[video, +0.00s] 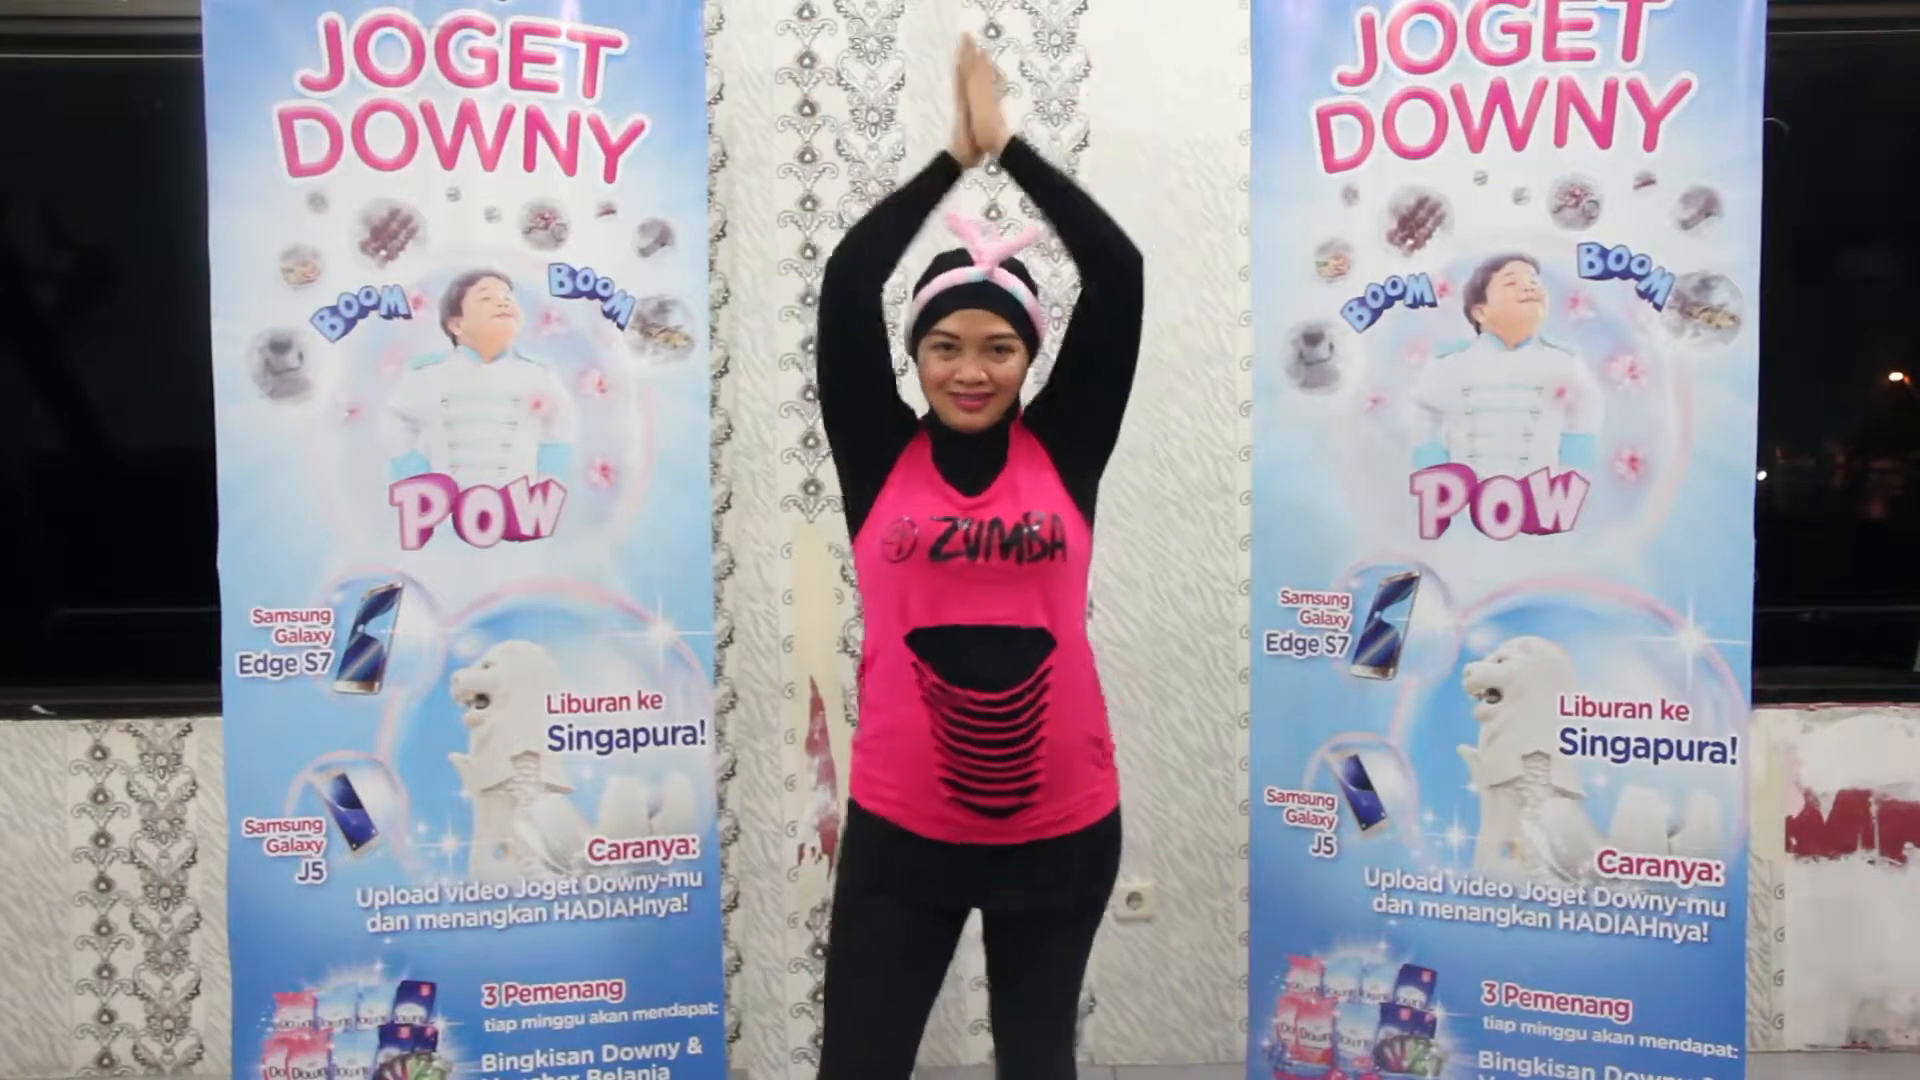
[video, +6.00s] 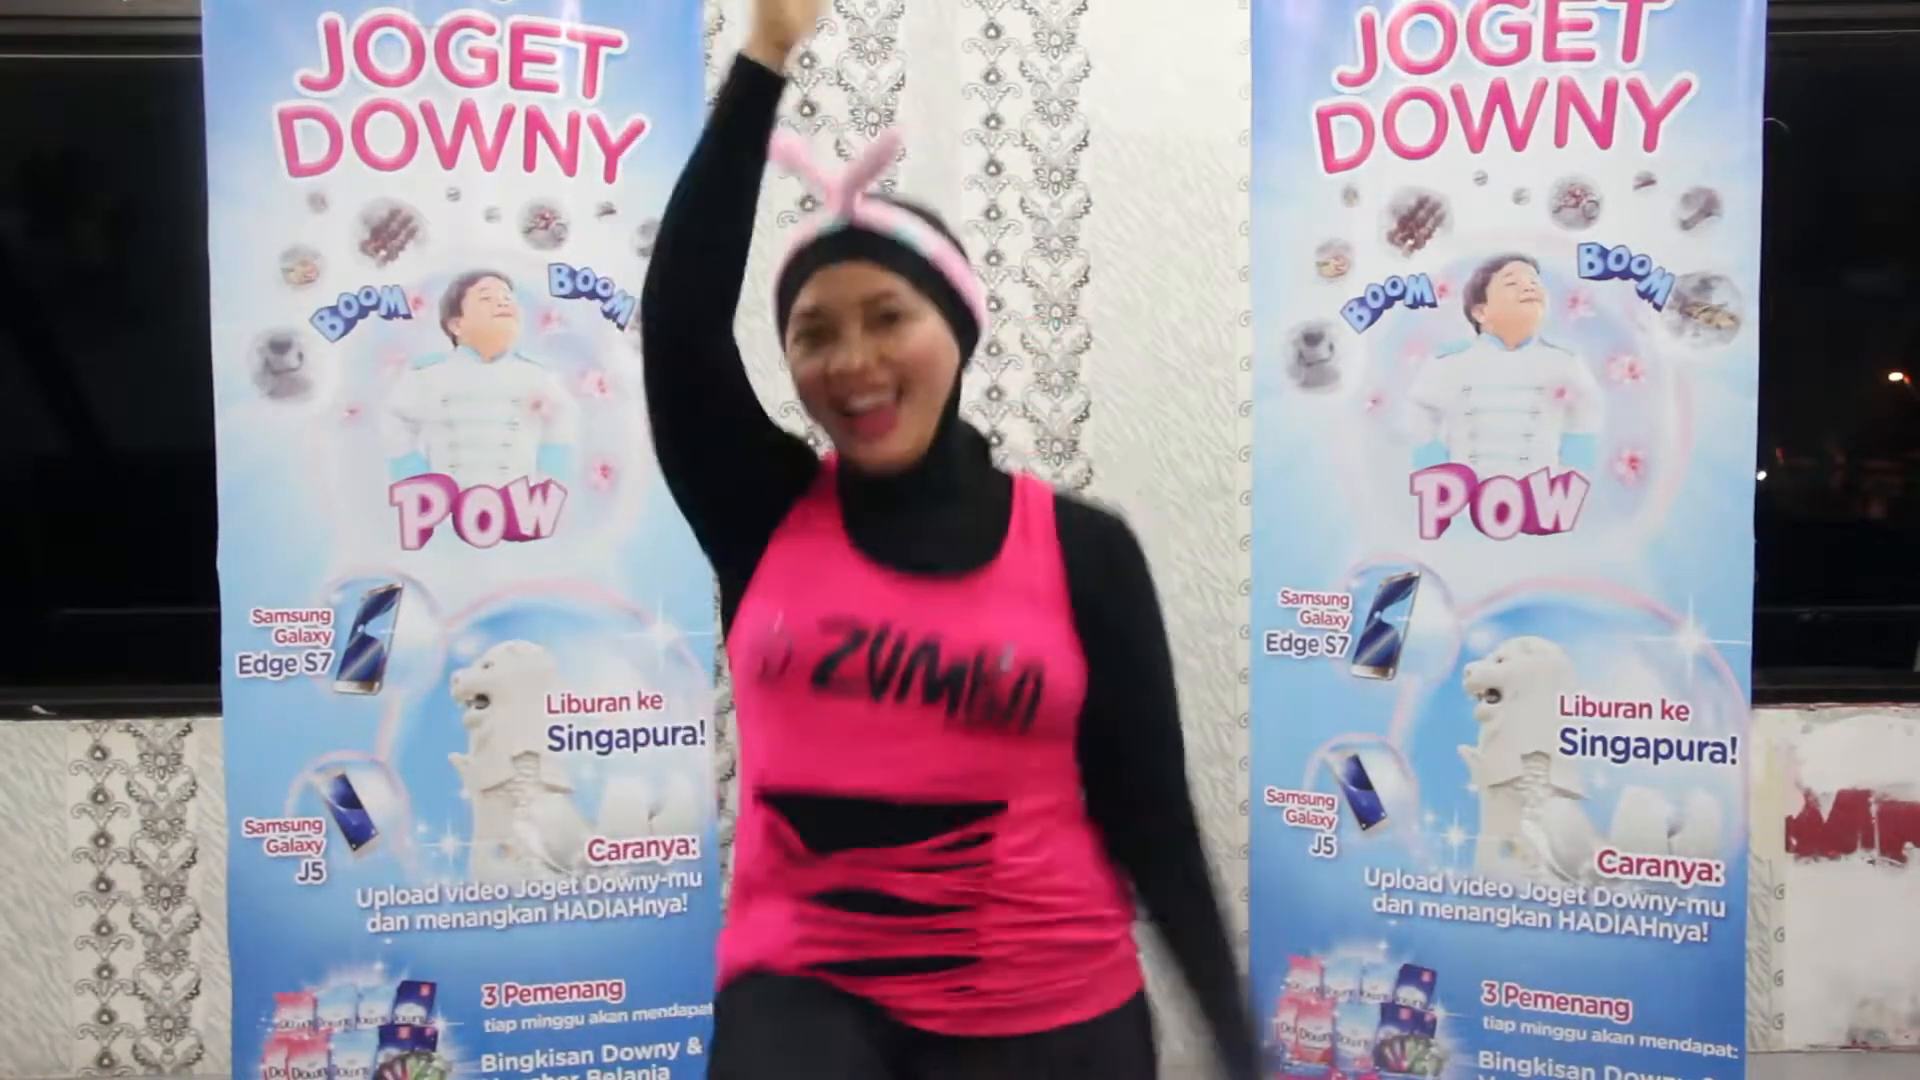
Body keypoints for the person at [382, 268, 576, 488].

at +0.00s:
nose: (503, 301)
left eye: (508, 296)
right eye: (485, 297)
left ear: (519, 314)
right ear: (454, 324)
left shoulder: (538, 377)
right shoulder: (423, 378)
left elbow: (558, 437)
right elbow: (393, 428)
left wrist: (545, 493)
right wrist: (415, 485)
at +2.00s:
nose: (502, 302)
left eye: (508, 296)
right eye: (484, 297)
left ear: (518, 314)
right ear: (455, 324)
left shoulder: (537, 377)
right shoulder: (422, 377)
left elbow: (559, 432)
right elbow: (392, 427)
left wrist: (545, 490)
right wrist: (414, 485)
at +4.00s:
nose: (502, 302)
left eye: (508, 296)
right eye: (485, 297)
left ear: (519, 316)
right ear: (455, 324)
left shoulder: (539, 378)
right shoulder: (422, 379)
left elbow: (559, 441)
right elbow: (394, 433)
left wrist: (543, 500)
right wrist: (416, 490)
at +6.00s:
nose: (503, 302)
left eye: (508, 296)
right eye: (485, 297)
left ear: (518, 314)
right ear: (455, 324)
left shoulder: (537, 379)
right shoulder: (423, 380)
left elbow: (560, 434)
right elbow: (394, 427)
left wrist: (546, 494)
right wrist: (414, 486)